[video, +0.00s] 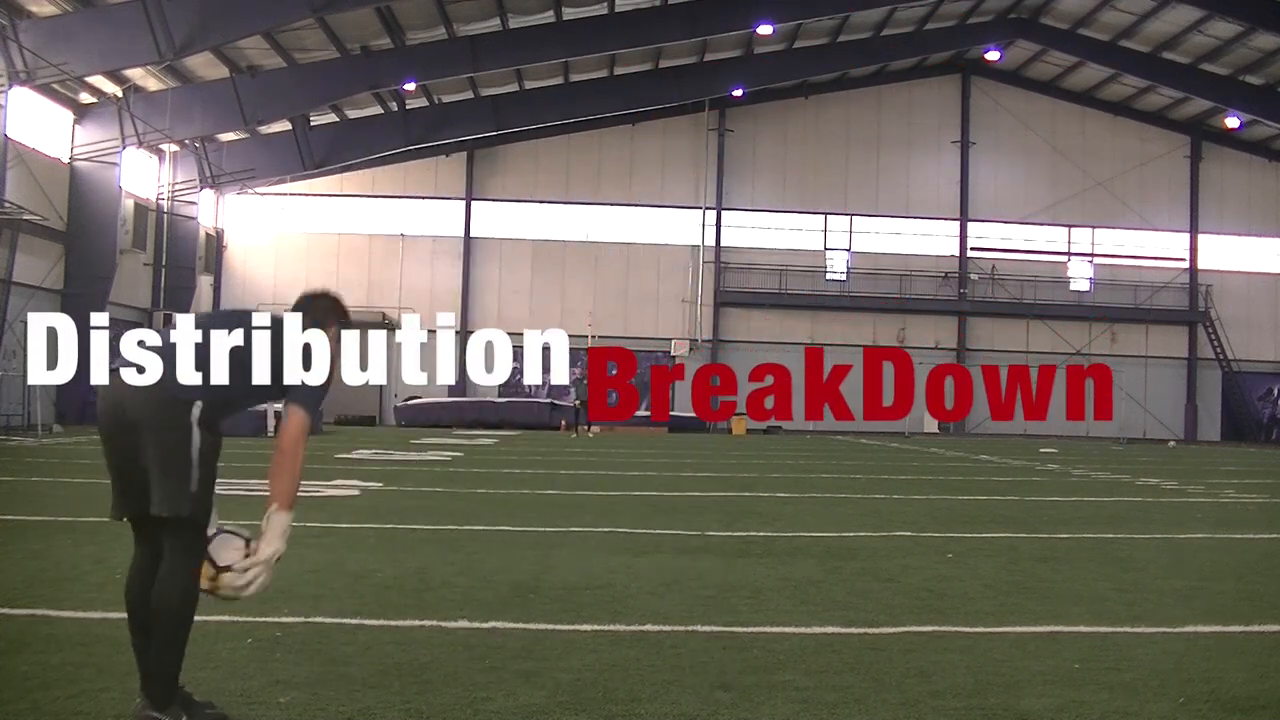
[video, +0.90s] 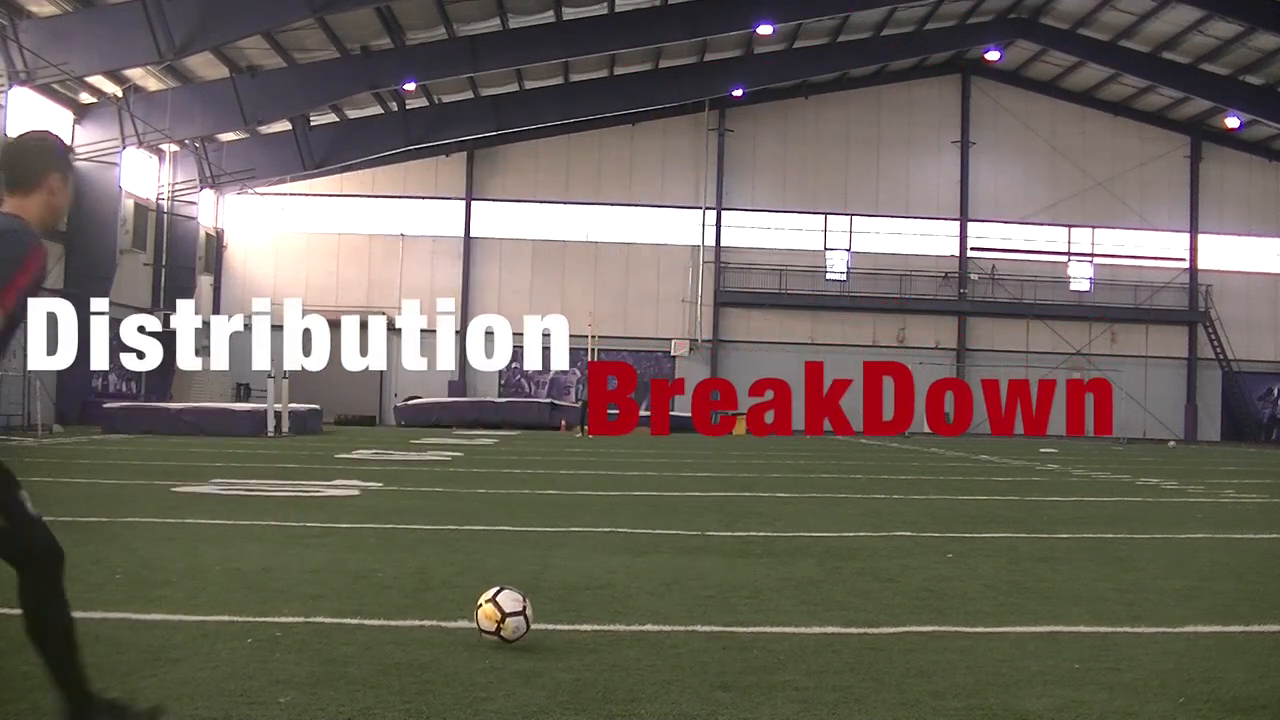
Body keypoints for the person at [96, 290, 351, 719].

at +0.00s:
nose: (336, 351)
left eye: (338, 340)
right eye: (339, 339)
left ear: (297, 316)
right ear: (327, 328)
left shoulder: (246, 327)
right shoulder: (314, 351)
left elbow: (197, 412)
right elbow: (291, 435)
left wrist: (198, 531)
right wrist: (276, 530)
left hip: (120, 397)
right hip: (175, 409)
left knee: (148, 549)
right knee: (183, 551)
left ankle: (155, 693)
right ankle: (162, 699)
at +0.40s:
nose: (273, 359)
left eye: (276, 349)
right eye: (275, 347)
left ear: (227, 326)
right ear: (257, 340)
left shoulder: (176, 342)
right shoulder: (245, 366)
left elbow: (138, 448)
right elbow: (247, 472)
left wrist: (180, 544)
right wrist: (266, 563)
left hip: (37, 432)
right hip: (103, 441)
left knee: (117, 549)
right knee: (181, 558)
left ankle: (140, 684)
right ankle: (160, 704)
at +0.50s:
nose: (246, 323)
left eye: (248, 313)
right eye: (247, 313)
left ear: (198, 300)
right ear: (237, 308)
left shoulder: (154, 323)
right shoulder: (221, 343)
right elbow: (211, 431)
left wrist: (111, 530)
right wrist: (229, 534)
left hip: (14, 427)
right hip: (81, 436)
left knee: (89, 544)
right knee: (160, 555)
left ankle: (71, 686)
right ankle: (160, 703)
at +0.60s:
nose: (220, 290)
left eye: (221, 278)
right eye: (219, 277)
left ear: (168, 268)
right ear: (201, 271)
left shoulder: (102, 299)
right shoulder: (184, 317)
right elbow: (175, 416)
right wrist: (189, 510)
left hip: (6, 433)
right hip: (67, 440)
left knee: (51, 561)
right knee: (145, 557)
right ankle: (159, 702)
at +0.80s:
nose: (117, 230)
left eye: (117, 217)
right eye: (116, 216)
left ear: (62, 207)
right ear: (95, 209)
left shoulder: (23, 256)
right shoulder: (63, 264)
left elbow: (34, 363)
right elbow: (44, 359)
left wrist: (31, 456)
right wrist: (43, 459)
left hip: (11, 465)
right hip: (13, 468)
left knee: (75, 581)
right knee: (75, 580)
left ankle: (145, 699)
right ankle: (146, 701)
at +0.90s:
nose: (68, 201)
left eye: (68, 189)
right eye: (67, 188)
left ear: (17, 181)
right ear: (48, 183)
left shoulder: (15, 246)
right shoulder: (23, 250)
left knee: (40, 558)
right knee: (39, 559)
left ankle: (80, 699)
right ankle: (80, 700)